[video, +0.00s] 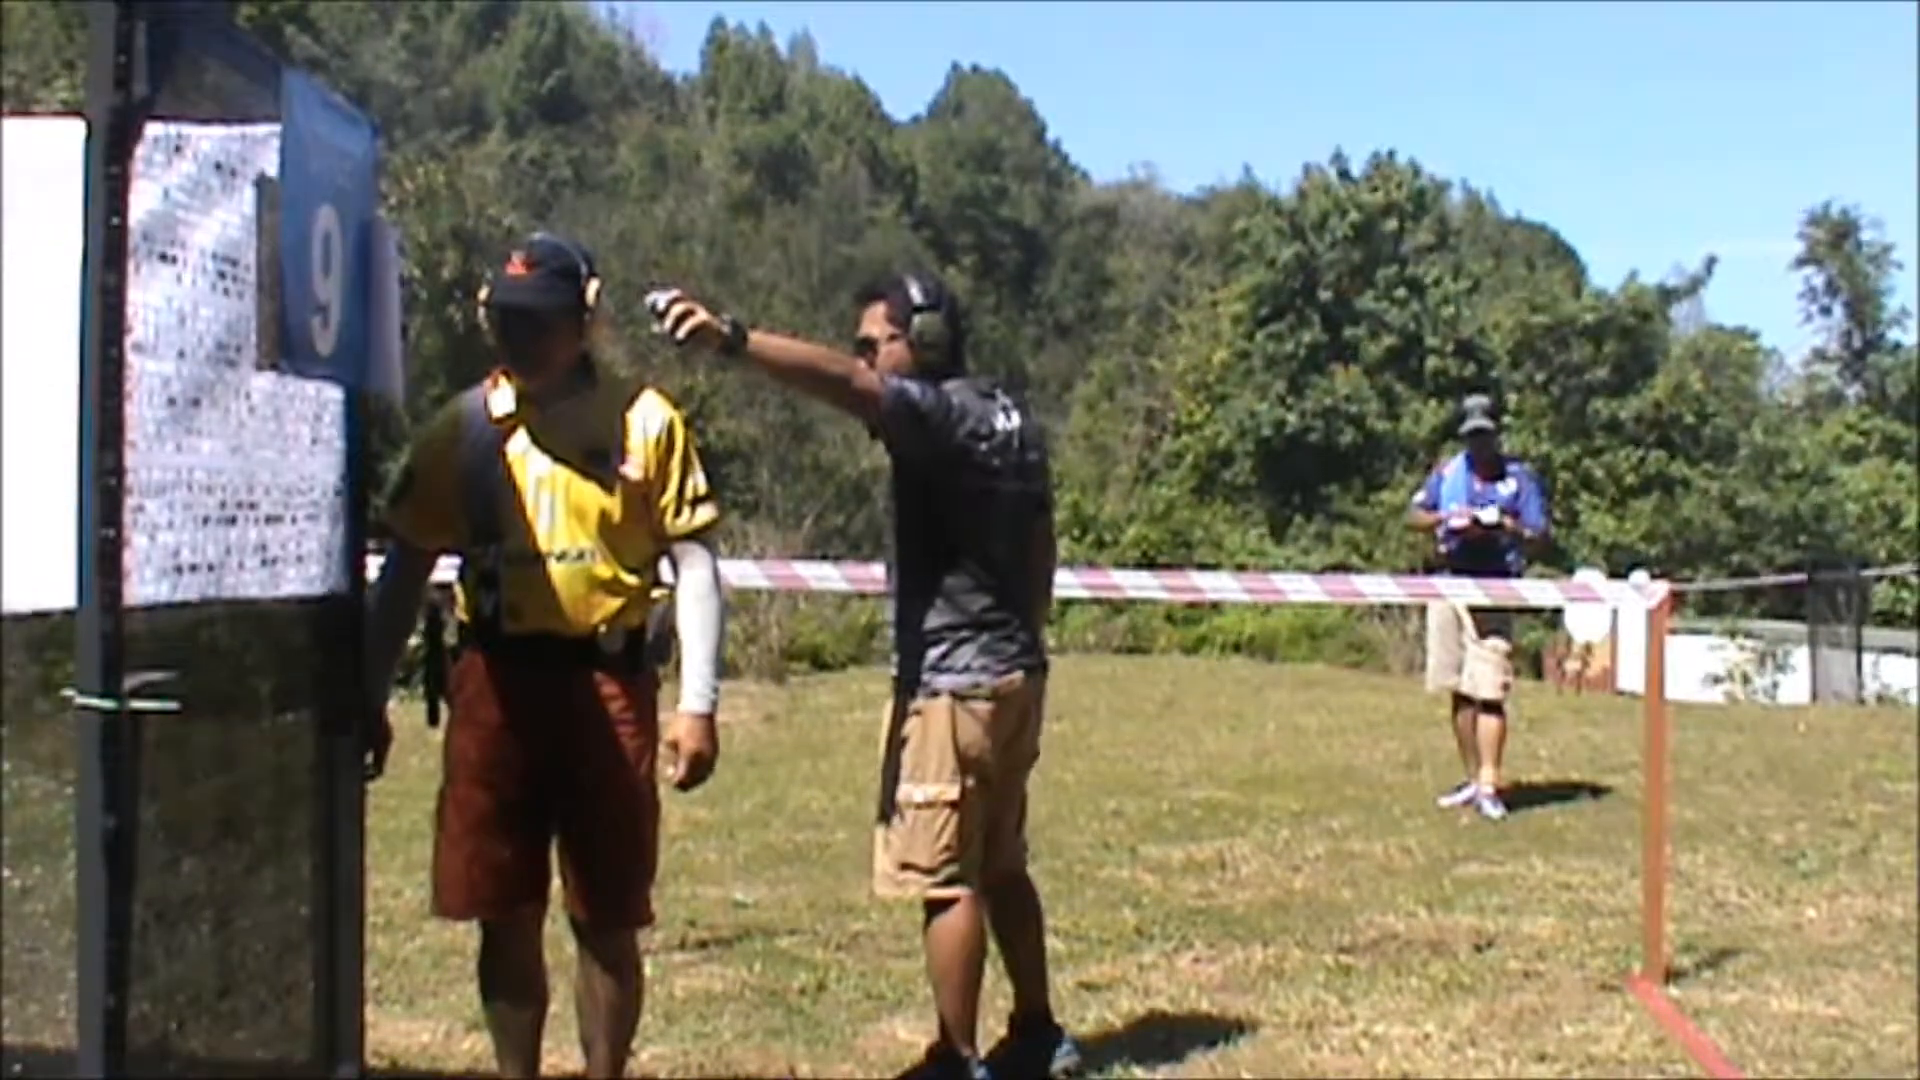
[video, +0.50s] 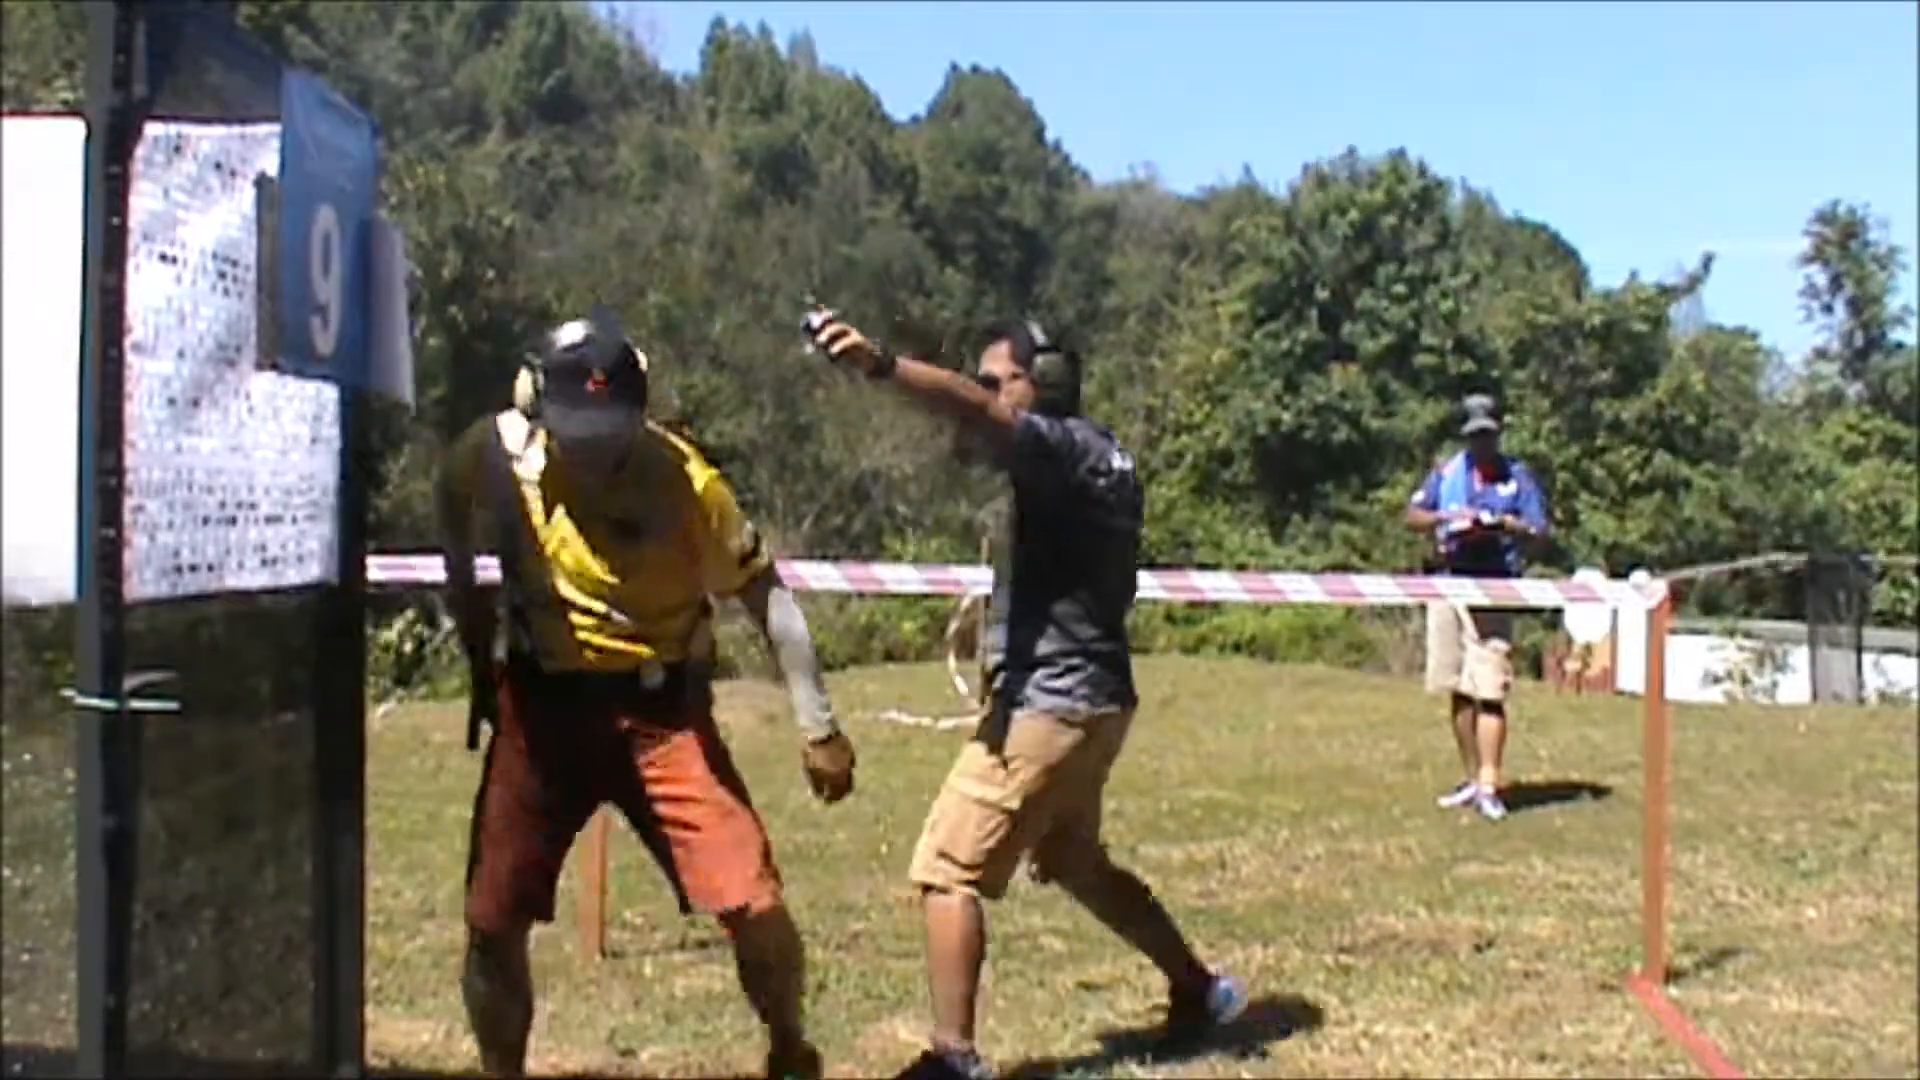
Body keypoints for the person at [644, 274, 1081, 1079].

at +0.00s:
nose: (867, 360)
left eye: (876, 344)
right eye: (864, 344)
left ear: (921, 340)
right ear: (947, 342)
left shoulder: (932, 410)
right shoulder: (1013, 418)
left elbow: (852, 382)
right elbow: (1040, 549)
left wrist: (732, 338)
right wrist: (1024, 641)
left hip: (955, 677)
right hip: (1015, 670)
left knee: (945, 876)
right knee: (1002, 868)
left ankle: (953, 1054)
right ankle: (1036, 1027)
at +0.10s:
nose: (873, 361)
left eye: (882, 345)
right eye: (870, 346)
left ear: (927, 341)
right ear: (954, 343)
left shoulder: (942, 408)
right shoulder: (1020, 419)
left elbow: (860, 383)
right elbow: (1044, 550)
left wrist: (741, 341)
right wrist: (1030, 639)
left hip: (966, 672)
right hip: (1025, 666)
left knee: (938, 868)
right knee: (1009, 862)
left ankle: (952, 1052)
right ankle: (1043, 1027)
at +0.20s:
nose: (884, 369)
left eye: (894, 352)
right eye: (883, 352)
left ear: (940, 345)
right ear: (961, 350)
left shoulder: (959, 413)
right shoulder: (1035, 424)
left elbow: (875, 387)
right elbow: (1057, 550)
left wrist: (758, 345)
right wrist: (1034, 635)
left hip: (983, 671)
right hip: (1035, 667)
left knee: (934, 866)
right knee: (1022, 854)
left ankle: (952, 1051)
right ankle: (1083, 1019)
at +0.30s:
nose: (903, 373)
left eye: (913, 357)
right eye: (902, 357)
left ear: (954, 355)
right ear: (985, 355)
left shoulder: (982, 419)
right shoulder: (1048, 425)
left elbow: (893, 388)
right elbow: (1069, 550)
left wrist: (784, 352)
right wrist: (1040, 634)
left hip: (996, 676)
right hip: (1046, 672)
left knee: (935, 864)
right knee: (1031, 845)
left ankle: (950, 1050)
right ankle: (1123, 1004)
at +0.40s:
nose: (949, 385)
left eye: (959, 371)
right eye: (947, 370)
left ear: (999, 370)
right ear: (1029, 372)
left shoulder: (1024, 431)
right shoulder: (1081, 444)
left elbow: (938, 399)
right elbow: (1087, 574)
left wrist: (835, 358)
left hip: (1025, 686)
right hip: (1075, 683)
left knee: (935, 866)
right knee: (1049, 848)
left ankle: (951, 1052)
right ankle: (1175, 979)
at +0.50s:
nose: (982, 396)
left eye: (994, 384)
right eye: (981, 383)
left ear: (1036, 386)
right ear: (1062, 390)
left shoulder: (1056, 445)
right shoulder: (1113, 461)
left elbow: (977, 409)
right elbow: (1084, 586)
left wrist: (882, 365)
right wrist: (1006, 618)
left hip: (1050, 696)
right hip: (1099, 695)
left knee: (948, 868)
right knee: (1071, 856)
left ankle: (952, 1052)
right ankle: (1198, 990)